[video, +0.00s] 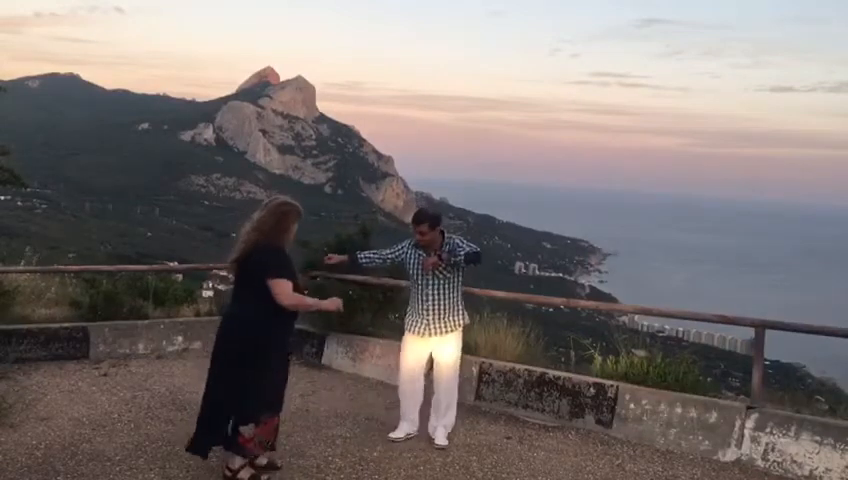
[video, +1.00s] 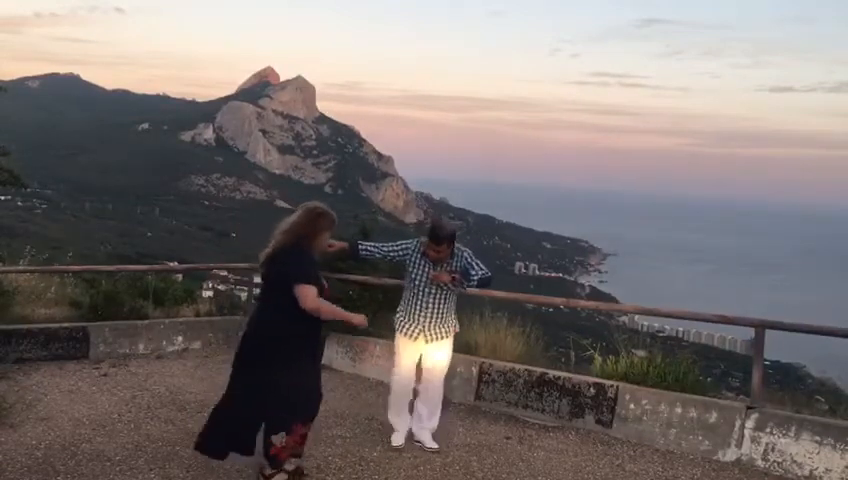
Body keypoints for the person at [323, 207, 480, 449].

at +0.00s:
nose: (418, 239)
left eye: (423, 234)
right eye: (416, 234)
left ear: (438, 230)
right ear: (413, 230)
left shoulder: (454, 244)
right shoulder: (409, 248)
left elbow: (476, 256)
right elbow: (381, 257)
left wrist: (444, 259)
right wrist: (345, 259)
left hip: (448, 327)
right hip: (416, 327)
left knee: (446, 381)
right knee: (408, 377)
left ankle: (441, 428)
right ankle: (408, 425)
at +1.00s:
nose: (434, 255)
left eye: (439, 252)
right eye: (431, 250)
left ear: (451, 247)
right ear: (426, 241)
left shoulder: (462, 256)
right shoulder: (414, 248)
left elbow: (484, 277)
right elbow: (381, 250)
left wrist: (454, 279)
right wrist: (346, 247)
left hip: (441, 331)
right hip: (409, 327)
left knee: (433, 384)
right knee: (402, 380)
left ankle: (424, 431)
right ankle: (399, 429)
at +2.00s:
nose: (497, 236)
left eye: (499, 232)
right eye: (496, 230)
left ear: (481, 226)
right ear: (484, 224)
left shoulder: (472, 248)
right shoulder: (461, 242)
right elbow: (487, 246)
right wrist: (503, 243)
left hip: (459, 327)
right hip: (453, 326)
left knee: (449, 385)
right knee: (477, 383)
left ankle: (439, 435)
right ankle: (443, 429)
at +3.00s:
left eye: (463, 228)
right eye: (484, 226)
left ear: (463, 229)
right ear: (485, 227)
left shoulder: (455, 251)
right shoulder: (501, 250)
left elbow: (423, 265)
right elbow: (534, 271)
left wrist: (402, 259)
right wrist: (547, 276)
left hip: (463, 329)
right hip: (495, 328)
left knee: (457, 380)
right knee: (486, 374)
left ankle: (467, 438)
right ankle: (493, 428)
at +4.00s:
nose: (470, 222)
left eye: (476, 219)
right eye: (468, 218)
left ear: (489, 223)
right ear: (464, 221)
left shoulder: (500, 251)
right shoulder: (454, 250)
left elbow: (522, 277)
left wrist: (528, 303)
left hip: (488, 331)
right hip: (457, 328)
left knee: (481, 383)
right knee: (454, 379)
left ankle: (477, 434)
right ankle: (456, 424)